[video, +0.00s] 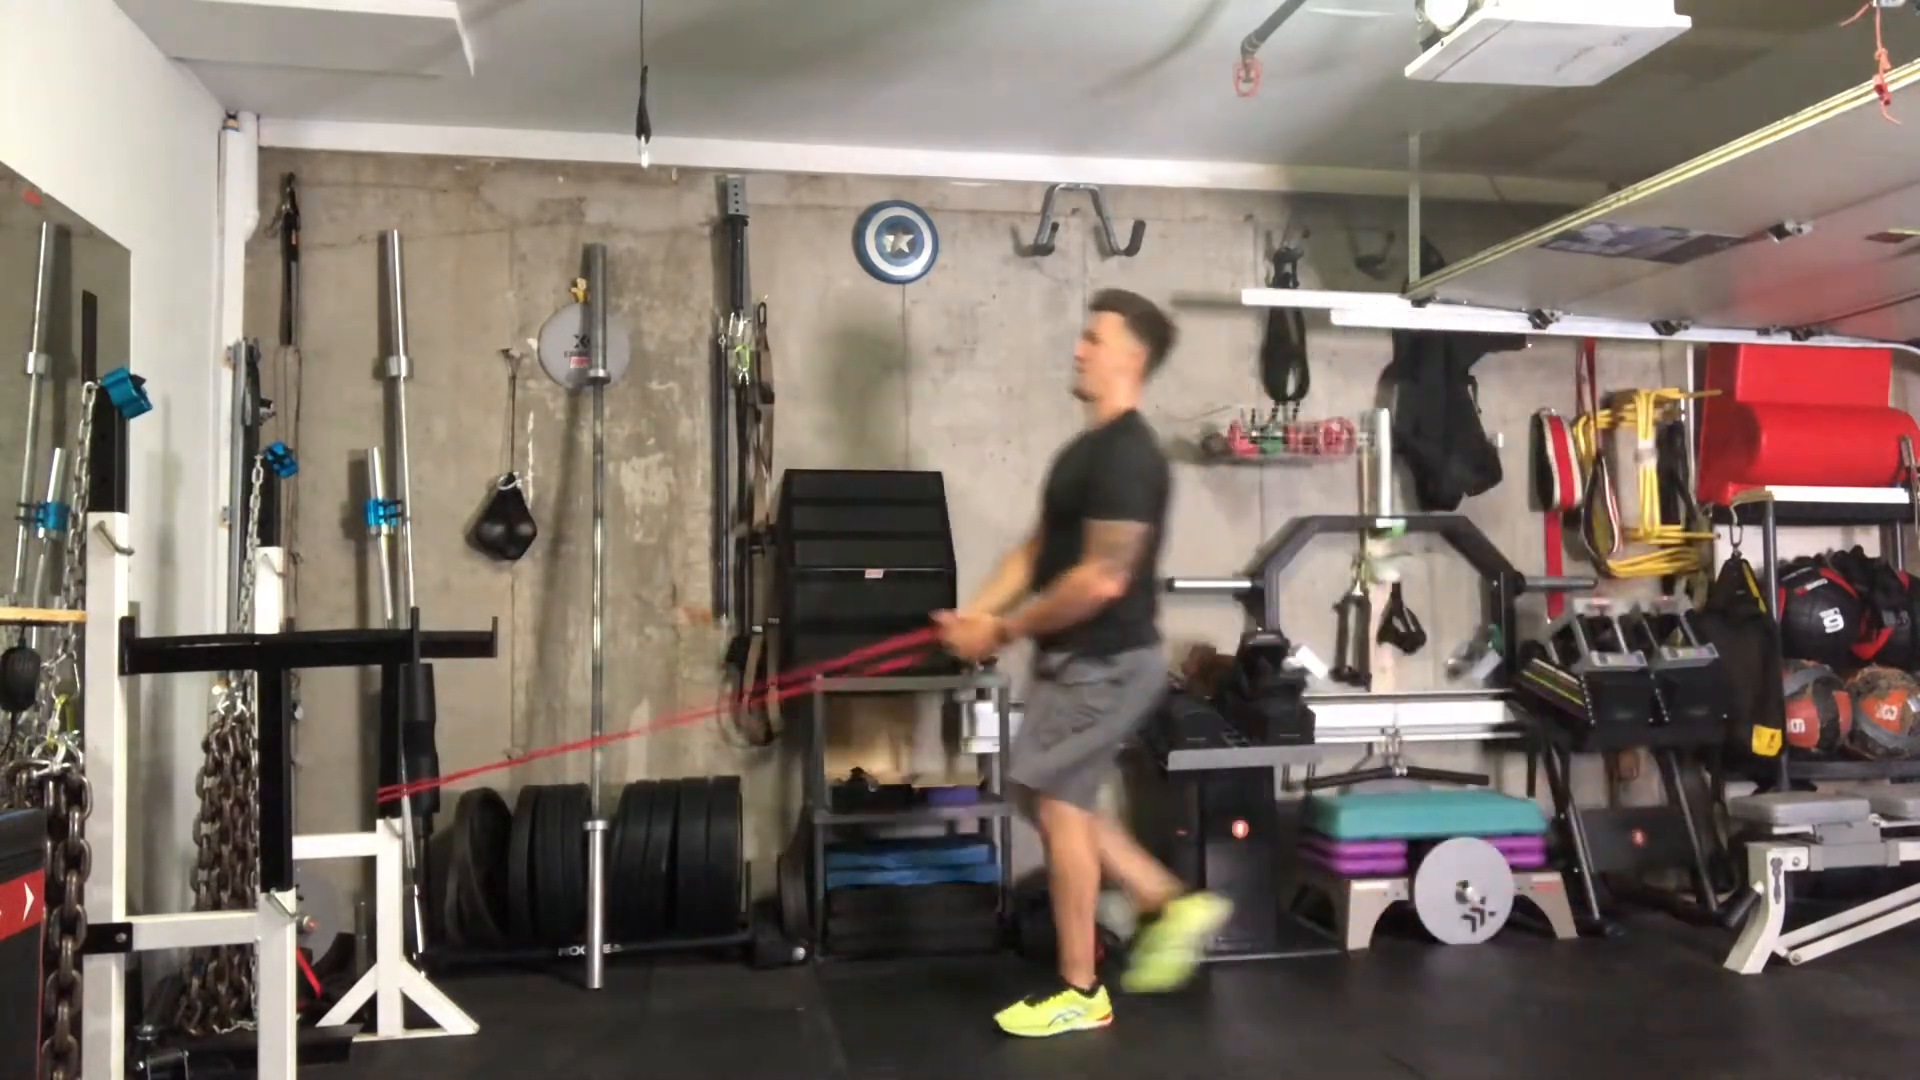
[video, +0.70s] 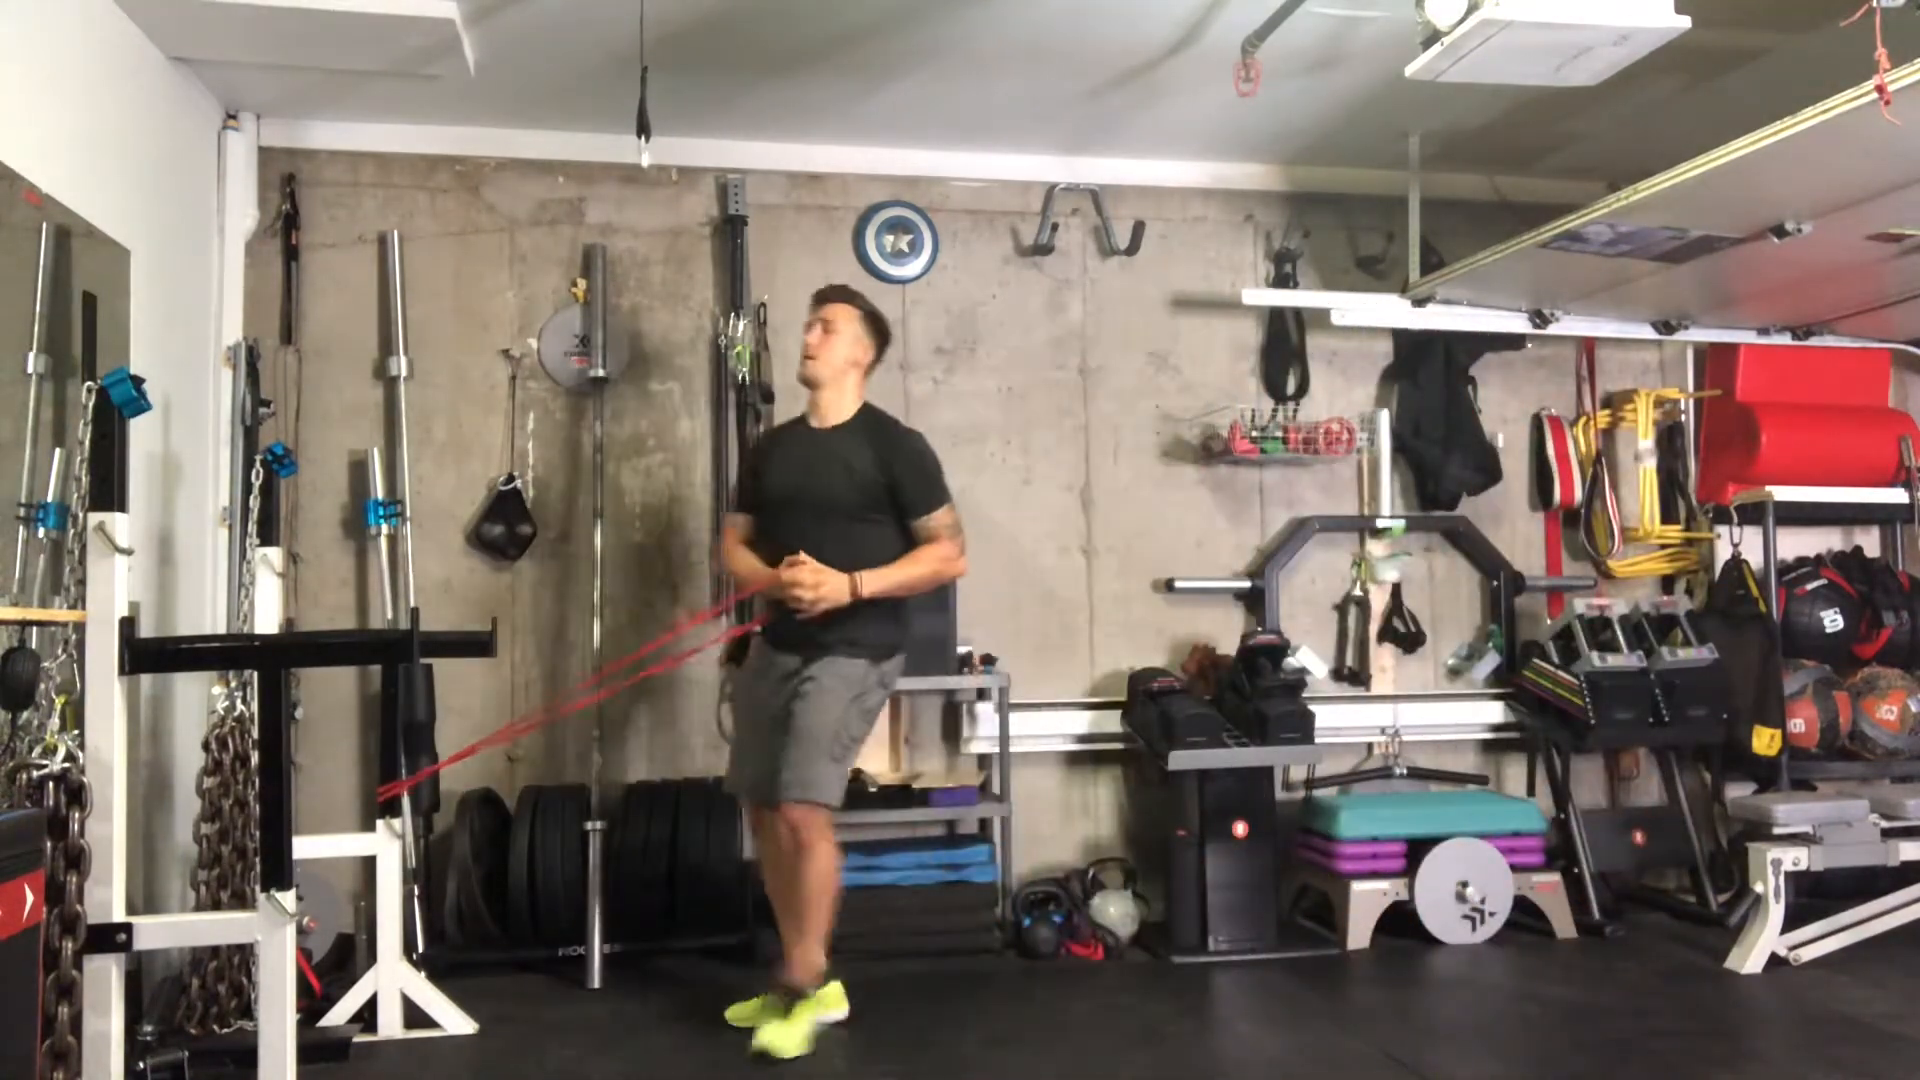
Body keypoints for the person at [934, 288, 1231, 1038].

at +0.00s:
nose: (1078, 351)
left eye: (1095, 341)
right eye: (1083, 338)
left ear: (1136, 361)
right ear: (1105, 356)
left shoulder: (1130, 453)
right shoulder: (1081, 453)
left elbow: (1103, 580)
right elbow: (1037, 551)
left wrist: (1003, 628)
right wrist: (980, 613)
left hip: (1113, 663)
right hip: (1071, 658)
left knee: (1060, 801)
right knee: (1044, 791)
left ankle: (1081, 989)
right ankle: (1171, 902)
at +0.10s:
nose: (1034, 345)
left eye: (1050, 335)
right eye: (1040, 333)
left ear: (1088, 354)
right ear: (1068, 354)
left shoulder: (1082, 442)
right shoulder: (1045, 443)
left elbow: (1054, 564)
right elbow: (995, 546)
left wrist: (954, 606)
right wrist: (932, 597)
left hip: (1066, 652)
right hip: (1020, 647)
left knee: (1054, 801)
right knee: (972, 779)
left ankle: (1081, 984)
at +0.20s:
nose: (992, 351)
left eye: (1009, 341)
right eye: (998, 338)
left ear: (1049, 362)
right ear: (1025, 358)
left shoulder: (1039, 445)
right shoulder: (1007, 444)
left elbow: (1011, 566)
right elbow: (965, 552)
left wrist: (910, 596)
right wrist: (897, 589)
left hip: (1031, 658)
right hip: (980, 655)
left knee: (1044, 809)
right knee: (923, 787)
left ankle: (1081, 986)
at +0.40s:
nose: (897, 356)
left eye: (916, 347)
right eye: (904, 344)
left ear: (952, 373)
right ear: (929, 370)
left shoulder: (951, 454)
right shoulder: (894, 459)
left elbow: (976, 569)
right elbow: (887, 565)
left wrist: (869, 609)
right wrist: (844, 601)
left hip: (931, 675)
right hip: (864, 671)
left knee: (938, 824)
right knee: (820, 801)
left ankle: (1062, 963)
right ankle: (815, 978)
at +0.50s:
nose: (855, 346)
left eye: (874, 338)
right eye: (861, 335)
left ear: (912, 365)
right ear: (871, 362)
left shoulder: (928, 449)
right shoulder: (831, 464)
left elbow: (969, 559)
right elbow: (800, 564)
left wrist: (860, 600)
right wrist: (803, 595)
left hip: (898, 665)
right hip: (821, 661)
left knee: (864, 813)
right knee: (796, 815)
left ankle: (1000, 937)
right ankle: (815, 983)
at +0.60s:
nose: (825, 336)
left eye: (845, 329)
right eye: (829, 326)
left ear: (885, 357)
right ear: (830, 352)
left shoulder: (912, 445)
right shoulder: (794, 453)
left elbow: (961, 554)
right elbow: (760, 550)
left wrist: (857, 589)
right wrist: (784, 586)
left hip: (876, 653)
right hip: (797, 653)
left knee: (827, 804)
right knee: (780, 808)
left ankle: (906, 964)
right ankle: (811, 980)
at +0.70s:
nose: (808, 336)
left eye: (827, 327)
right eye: (808, 325)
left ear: (866, 354)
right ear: (806, 346)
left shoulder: (899, 447)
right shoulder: (769, 447)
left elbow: (948, 555)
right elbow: (732, 547)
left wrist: (852, 584)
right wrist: (774, 582)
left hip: (851, 657)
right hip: (772, 652)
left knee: (804, 812)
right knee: (765, 812)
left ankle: (804, 987)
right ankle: (807, 977)